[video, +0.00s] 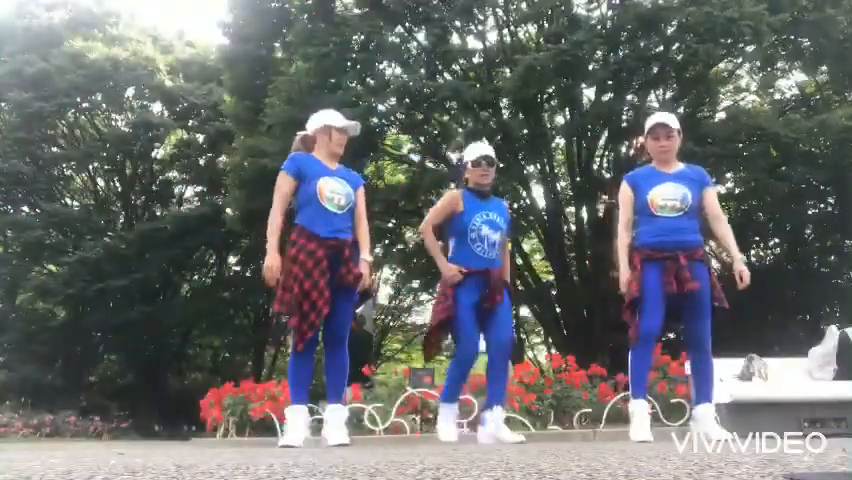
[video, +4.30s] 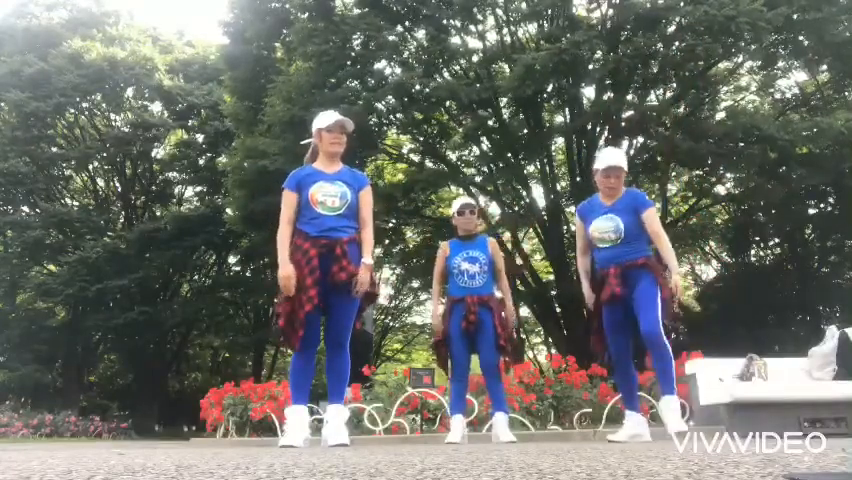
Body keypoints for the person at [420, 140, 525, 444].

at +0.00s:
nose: (484, 170)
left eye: (489, 164)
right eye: (477, 164)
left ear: (496, 170)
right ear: (466, 170)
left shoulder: (502, 207)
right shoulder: (457, 198)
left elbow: (505, 249)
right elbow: (426, 227)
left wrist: (505, 283)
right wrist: (443, 265)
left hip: (495, 281)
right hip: (465, 281)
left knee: (503, 344)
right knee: (468, 348)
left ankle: (493, 419)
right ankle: (448, 412)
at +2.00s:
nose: (476, 210)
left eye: (480, 205)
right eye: (470, 206)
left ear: (486, 210)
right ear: (462, 211)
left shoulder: (498, 241)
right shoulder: (454, 240)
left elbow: (510, 272)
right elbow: (440, 269)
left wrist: (519, 299)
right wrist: (440, 293)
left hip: (494, 304)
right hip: (465, 303)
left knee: (495, 362)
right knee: (465, 361)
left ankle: (500, 421)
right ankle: (457, 420)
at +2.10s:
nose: (479, 211)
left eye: (483, 207)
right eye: (474, 208)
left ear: (489, 212)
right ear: (466, 213)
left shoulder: (500, 241)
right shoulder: (457, 239)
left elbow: (517, 264)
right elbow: (442, 266)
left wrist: (526, 275)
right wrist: (442, 282)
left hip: (497, 304)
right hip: (469, 303)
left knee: (497, 362)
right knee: (466, 362)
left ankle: (501, 421)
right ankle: (458, 419)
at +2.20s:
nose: (484, 214)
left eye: (489, 209)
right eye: (479, 209)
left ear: (495, 214)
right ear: (471, 214)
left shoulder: (504, 239)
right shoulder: (463, 238)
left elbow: (529, 253)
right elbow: (441, 256)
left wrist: (524, 224)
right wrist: (448, 224)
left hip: (501, 304)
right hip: (473, 303)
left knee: (499, 362)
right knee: (470, 361)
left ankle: (501, 422)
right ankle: (459, 419)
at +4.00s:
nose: (481, 215)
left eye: (485, 211)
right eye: (475, 211)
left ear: (492, 215)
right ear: (466, 216)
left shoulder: (502, 239)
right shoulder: (460, 242)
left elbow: (523, 266)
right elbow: (441, 268)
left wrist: (505, 253)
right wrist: (461, 251)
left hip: (496, 305)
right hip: (468, 305)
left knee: (497, 364)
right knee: (463, 363)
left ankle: (501, 423)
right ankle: (456, 422)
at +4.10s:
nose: (478, 216)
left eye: (482, 211)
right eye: (472, 212)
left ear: (488, 215)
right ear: (463, 217)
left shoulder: (499, 242)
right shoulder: (456, 244)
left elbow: (518, 267)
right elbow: (439, 272)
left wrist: (507, 273)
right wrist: (455, 273)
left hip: (494, 306)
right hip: (466, 306)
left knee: (496, 365)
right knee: (463, 364)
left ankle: (501, 423)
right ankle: (457, 423)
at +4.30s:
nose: (468, 216)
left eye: (472, 212)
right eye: (462, 213)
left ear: (478, 217)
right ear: (454, 219)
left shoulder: (490, 244)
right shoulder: (446, 247)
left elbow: (502, 277)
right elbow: (437, 281)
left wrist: (509, 306)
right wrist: (436, 309)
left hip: (486, 306)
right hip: (456, 307)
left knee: (490, 364)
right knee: (459, 366)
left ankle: (500, 420)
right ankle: (457, 423)